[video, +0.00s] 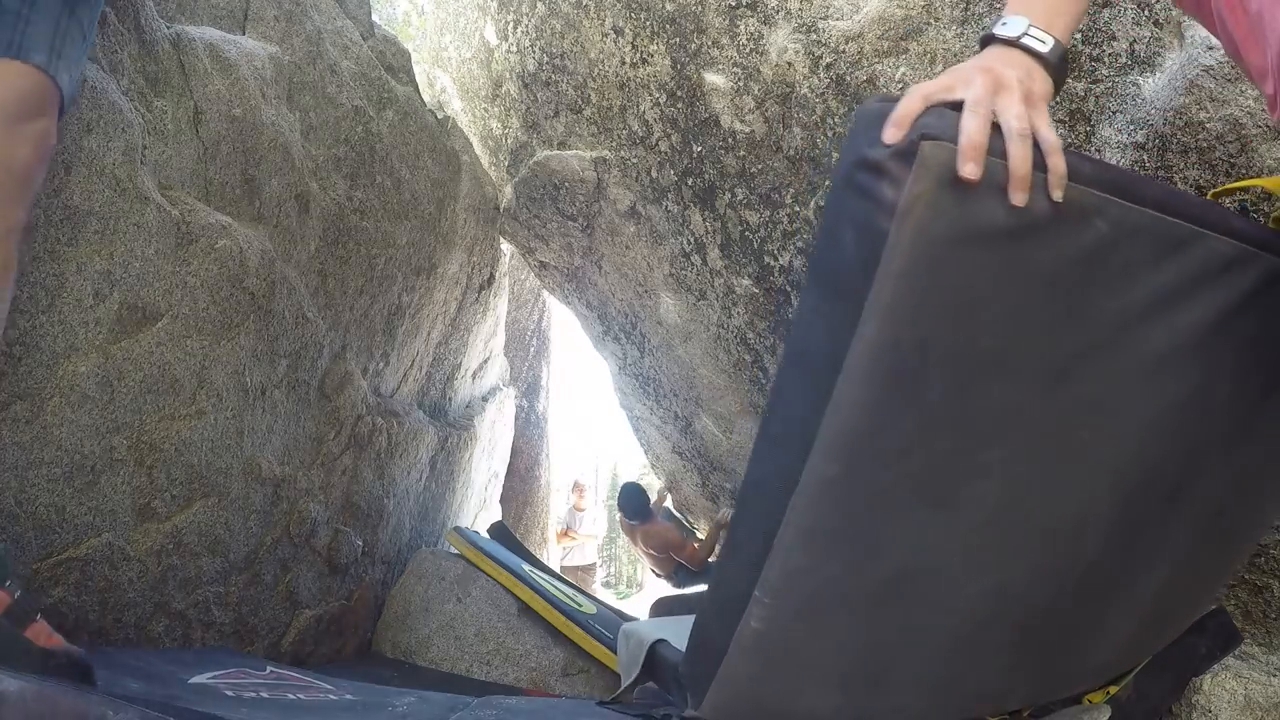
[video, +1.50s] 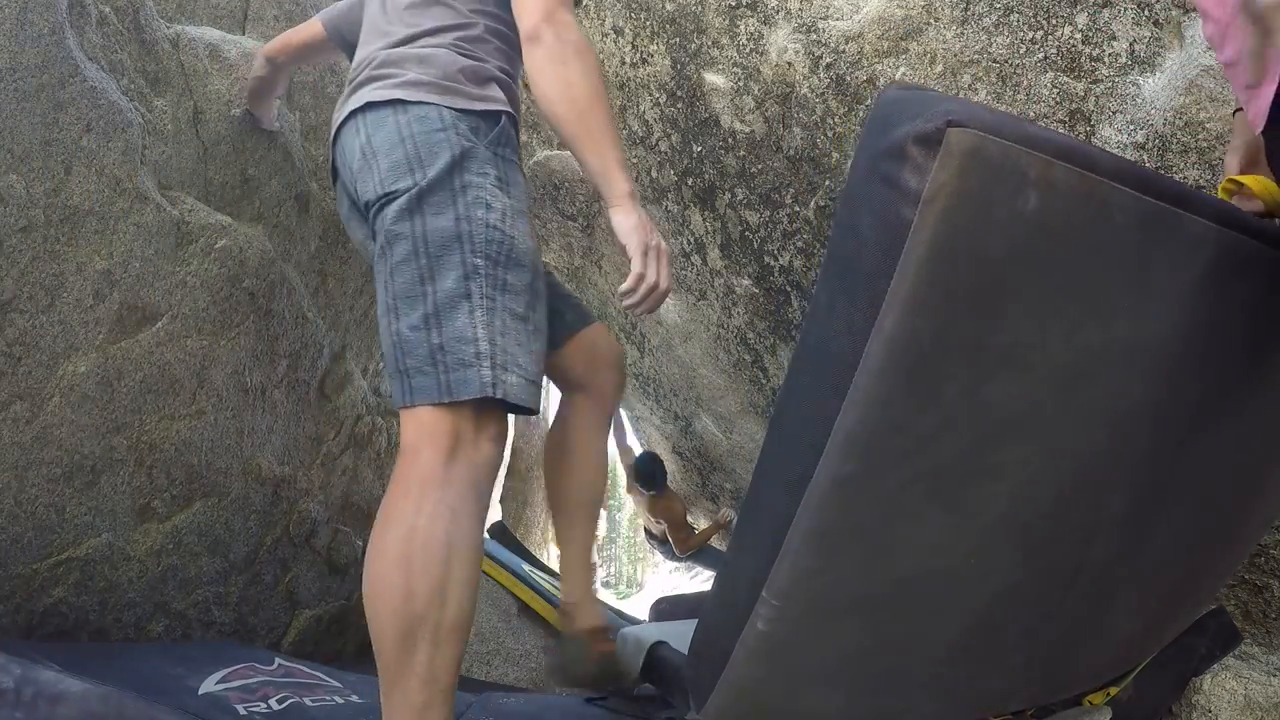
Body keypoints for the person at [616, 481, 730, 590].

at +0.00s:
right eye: (647, 494)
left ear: (624, 511)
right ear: (647, 500)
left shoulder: (624, 521)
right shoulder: (660, 534)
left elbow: (649, 516)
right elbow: (697, 560)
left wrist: (659, 501)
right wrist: (717, 527)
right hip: (679, 572)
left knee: (664, 512)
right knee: (723, 571)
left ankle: (696, 541)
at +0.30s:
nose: (664, 477)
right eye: (662, 475)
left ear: (639, 484)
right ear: (662, 481)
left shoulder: (634, 496)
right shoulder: (670, 519)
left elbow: (622, 514)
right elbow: (689, 558)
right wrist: (716, 527)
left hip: (653, 562)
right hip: (674, 568)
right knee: (724, 575)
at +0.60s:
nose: (664, 466)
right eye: (661, 464)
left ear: (636, 472)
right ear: (662, 473)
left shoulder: (633, 483)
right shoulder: (666, 509)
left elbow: (622, 441)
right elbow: (682, 552)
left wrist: (614, 406)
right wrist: (716, 527)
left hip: (646, 556)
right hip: (667, 560)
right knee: (719, 574)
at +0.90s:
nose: (655, 471)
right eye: (654, 471)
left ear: (631, 485)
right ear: (656, 482)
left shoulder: (630, 496)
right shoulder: (665, 517)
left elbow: (623, 444)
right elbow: (685, 556)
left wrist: (616, 407)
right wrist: (716, 526)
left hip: (647, 562)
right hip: (669, 567)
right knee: (719, 577)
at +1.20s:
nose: (661, 467)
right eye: (659, 467)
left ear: (635, 483)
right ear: (661, 478)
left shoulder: (632, 490)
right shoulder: (668, 509)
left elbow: (622, 445)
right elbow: (684, 550)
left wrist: (616, 407)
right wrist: (715, 526)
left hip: (652, 546)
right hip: (671, 554)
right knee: (720, 568)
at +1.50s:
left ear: (637, 483)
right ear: (665, 473)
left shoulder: (634, 481)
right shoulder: (670, 507)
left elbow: (621, 442)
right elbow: (683, 548)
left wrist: (614, 405)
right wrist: (716, 526)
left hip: (651, 535)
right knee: (727, 564)